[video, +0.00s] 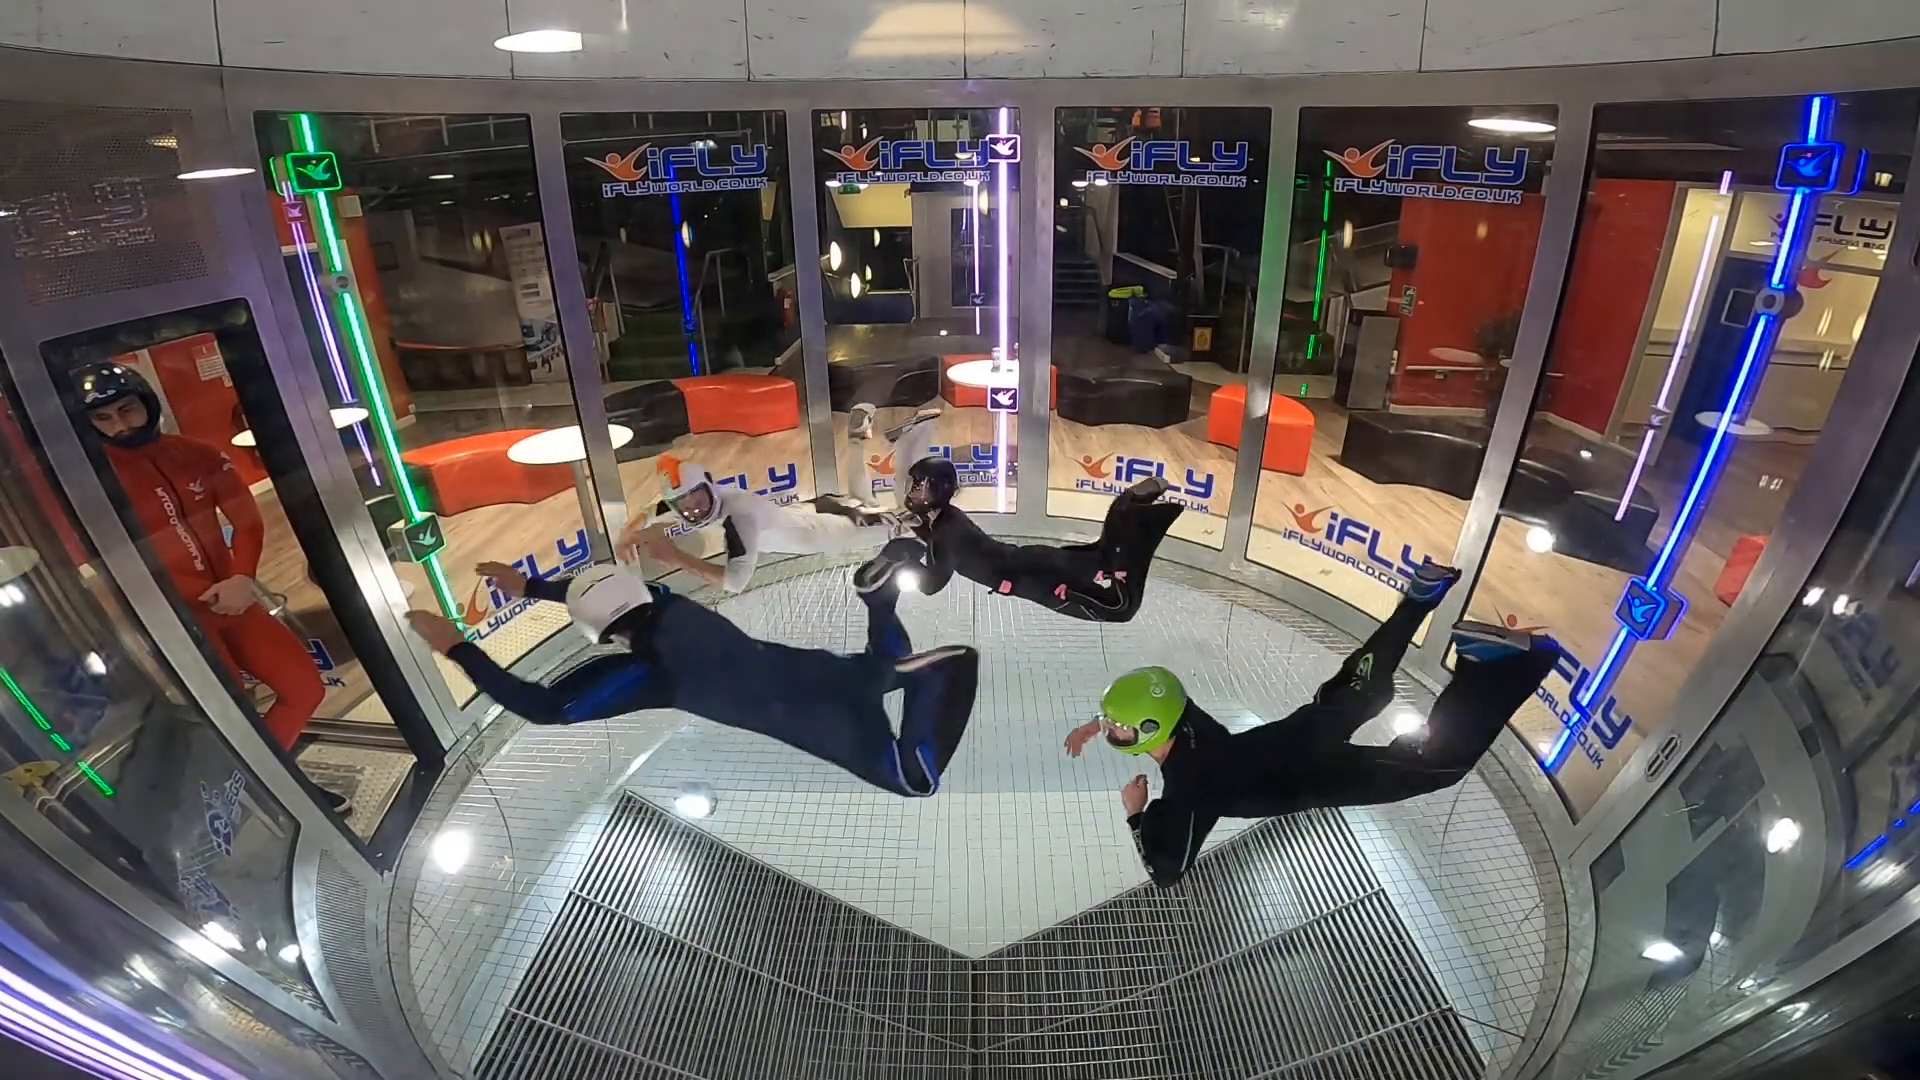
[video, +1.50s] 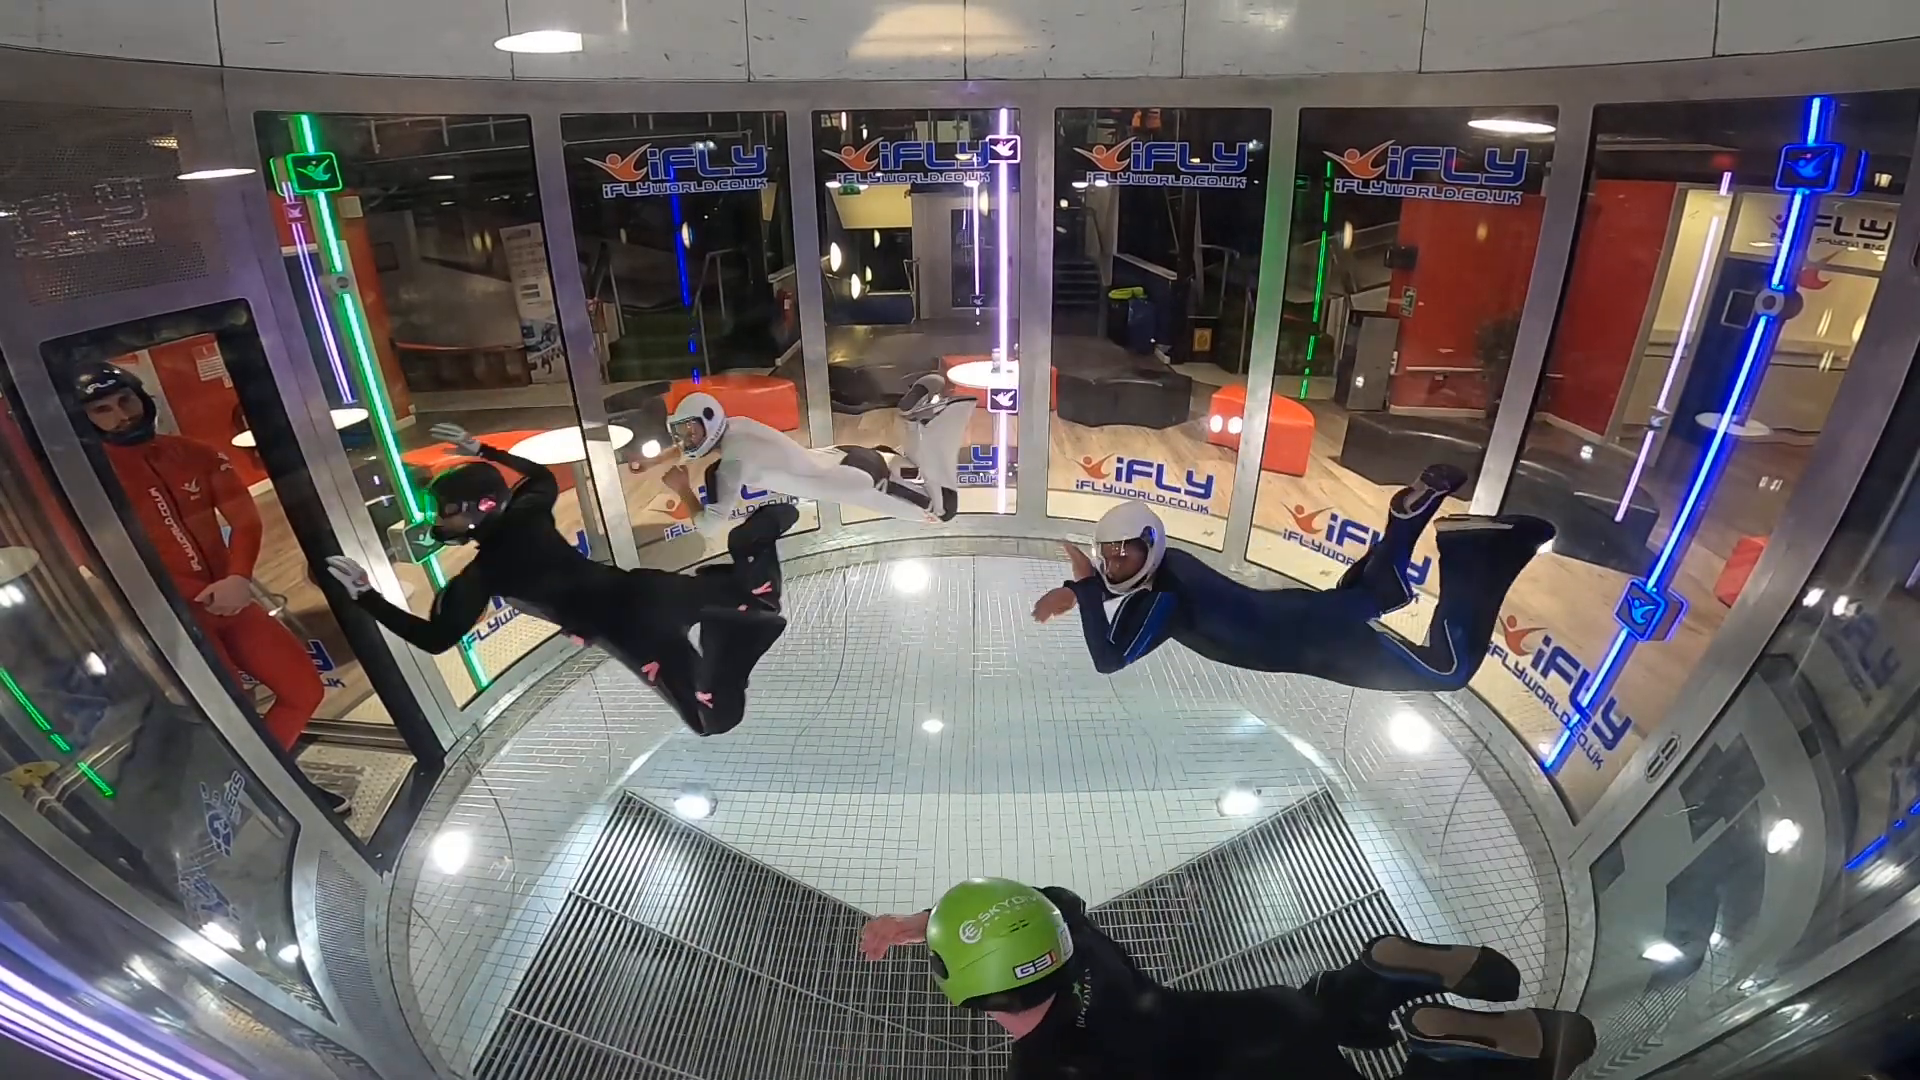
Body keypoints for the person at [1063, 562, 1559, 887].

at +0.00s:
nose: (1115, 734)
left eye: (1124, 729)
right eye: (1116, 724)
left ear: (1151, 731)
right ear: (1156, 710)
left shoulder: (1188, 782)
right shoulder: (1177, 714)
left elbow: (1168, 870)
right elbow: (1140, 706)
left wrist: (1141, 814)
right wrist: (1099, 726)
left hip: (1321, 776)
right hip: (1298, 730)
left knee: (1438, 762)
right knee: (1362, 684)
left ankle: (1523, 664)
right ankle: (1416, 602)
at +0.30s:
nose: (1141, 781)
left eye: (1150, 777)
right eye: (1143, 771)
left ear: (1184, 781)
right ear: (1194, 761)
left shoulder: (1230, 831)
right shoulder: (1208, 761)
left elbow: (1215, 926)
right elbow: (1164, 757)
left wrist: (1176, 869)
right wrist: (1122, 787)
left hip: (1376, 810)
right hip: (1342, 764)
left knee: (1503, 793)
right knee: (1411, 714)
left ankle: (1543, 679)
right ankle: (1464, 628)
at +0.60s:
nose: (1122, 859)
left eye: (1131, 854)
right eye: (1125, 843)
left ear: (1163, 865)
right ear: (1182, 815)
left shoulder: (1215, 913)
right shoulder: (1201, 823)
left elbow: (1174, 1011)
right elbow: (1149, 807)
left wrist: (1130, 951)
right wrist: (1095, 844)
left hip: (1383, 891)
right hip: (1346, 834)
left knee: (1530, 872)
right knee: (1433, 782)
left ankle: (1597, 775)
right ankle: (1527, 687)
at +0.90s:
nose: (1046, 945)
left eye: (1047, 940)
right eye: (1037, 929)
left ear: (1081, 947)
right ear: (1099, 880)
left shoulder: (1133, 1008)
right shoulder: (1128, 875)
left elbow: (1062, 1069)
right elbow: (1064, 875)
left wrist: (979, 1063)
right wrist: (996, 897)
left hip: (1330, 997)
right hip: (1302, 922)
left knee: (1459, 1006)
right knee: (1386, 902)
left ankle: (1569, 937)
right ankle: (1463, 856)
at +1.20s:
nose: (1003, 1008)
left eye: (1010, 992)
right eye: (993, 993)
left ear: (1036, 977)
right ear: (1000, 955)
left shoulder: (1081, 1054)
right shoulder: (1066, 930)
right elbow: (996, 909)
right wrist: (902, 918)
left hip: (1271, 1055)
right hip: (1244, 996)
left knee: (1397, 1064)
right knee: (1338, 998)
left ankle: (1528, 1025)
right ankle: (1422, 941)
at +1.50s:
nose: (995, 1013)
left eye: (998, 998)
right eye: (987, 998)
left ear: (1017, 990)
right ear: (1039, 933)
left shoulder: (1051, 1067)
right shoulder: (1066, 932)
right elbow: (1008, 908)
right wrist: (926, 927)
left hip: (1233, 1069)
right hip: (1220, 1012)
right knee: (1325, 1006)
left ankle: (1472, 1041)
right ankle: (1432, 973)